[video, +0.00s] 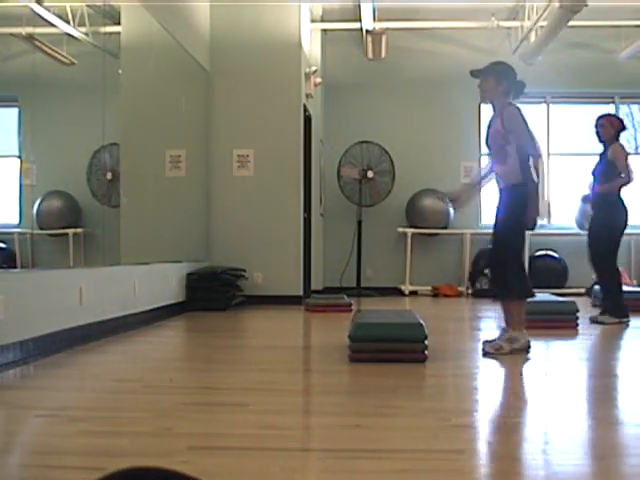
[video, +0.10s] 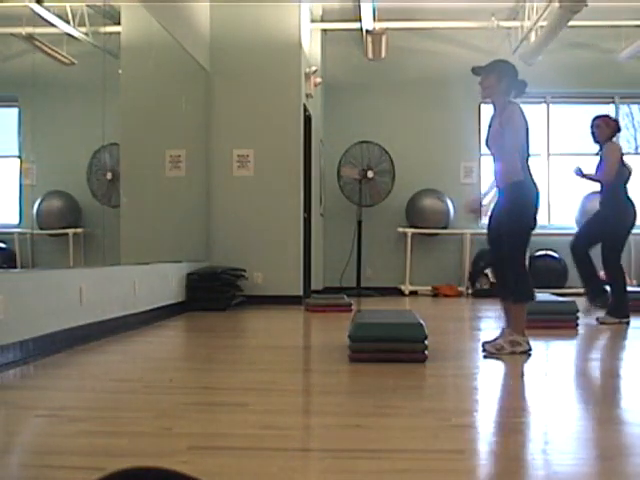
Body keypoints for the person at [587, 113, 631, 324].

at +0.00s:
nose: (599, 130)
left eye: (603, 126)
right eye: (598, 127)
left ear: (615, 129)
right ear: (599, 130)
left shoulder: (616, 149)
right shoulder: (608, 151)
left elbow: (626, 176)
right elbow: (611, 179)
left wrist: (603, 188)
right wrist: (594, 194)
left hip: (610, 207)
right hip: (602, 207)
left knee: (604, 258)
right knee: (600, 258)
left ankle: (616, 309)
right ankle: (611, 306)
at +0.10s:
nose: (594, 131)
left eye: (599, 127)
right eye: (593, 128)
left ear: (611, 130)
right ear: (594, 131)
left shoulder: (611, 148)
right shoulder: (611, 151)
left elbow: (607, 176)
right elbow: (625, 172)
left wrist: (585, 176)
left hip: (613, 211)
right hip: (622, 210)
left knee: (578, 245)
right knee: (611, 258)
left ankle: (597, 295)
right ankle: (619, 310)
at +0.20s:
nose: (592, 133)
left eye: (595, 129)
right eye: (591, 130)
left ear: (608, 130)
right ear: (607, 134)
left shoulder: (605, 149)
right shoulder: (615, 151)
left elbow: (597, 174)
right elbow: (632, 159)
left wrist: (576, 171)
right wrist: (624, 183)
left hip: (614, 212)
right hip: (627, 212)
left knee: (574, 233)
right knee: (615, 262)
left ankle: (584, 282)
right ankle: (619, 311)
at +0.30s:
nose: (596, 129)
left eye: (600, 125)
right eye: (594, 126)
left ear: (612, 127)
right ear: (596, 129)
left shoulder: (609, 146)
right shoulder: (618, 150)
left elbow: (604, 173)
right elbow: (629, 166)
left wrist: (581, 176)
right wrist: (617, 183)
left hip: (612, 209)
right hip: (626, 209)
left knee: (578, 240)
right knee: (619, 260)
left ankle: (595, 288)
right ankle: (620, 312)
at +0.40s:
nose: (600, 130)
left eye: (604, 126)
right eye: (599, 126)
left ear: (615, 129)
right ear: (600, 131)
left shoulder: (615, 149)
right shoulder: (611, 150)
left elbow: (618, 178)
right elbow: (614, 179)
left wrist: (597, 185)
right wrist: (597, 185)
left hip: (612, 206)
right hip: (613, 204)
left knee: (593, 256)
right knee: (615, 258)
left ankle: (615, 309)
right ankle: (615, 307)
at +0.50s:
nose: (601, 129)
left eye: (605, 126)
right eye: (599, 126)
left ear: (616, 129)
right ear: (598, 130)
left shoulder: (619, 150)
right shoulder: (607, 153)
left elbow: (634, 174)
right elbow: (604, 184)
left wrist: (613, 189)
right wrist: (584, 187)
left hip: (613, 208)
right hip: (604, 208)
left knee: (604, 257)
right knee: (604, 257)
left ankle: (618, 309)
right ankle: (615, 306)